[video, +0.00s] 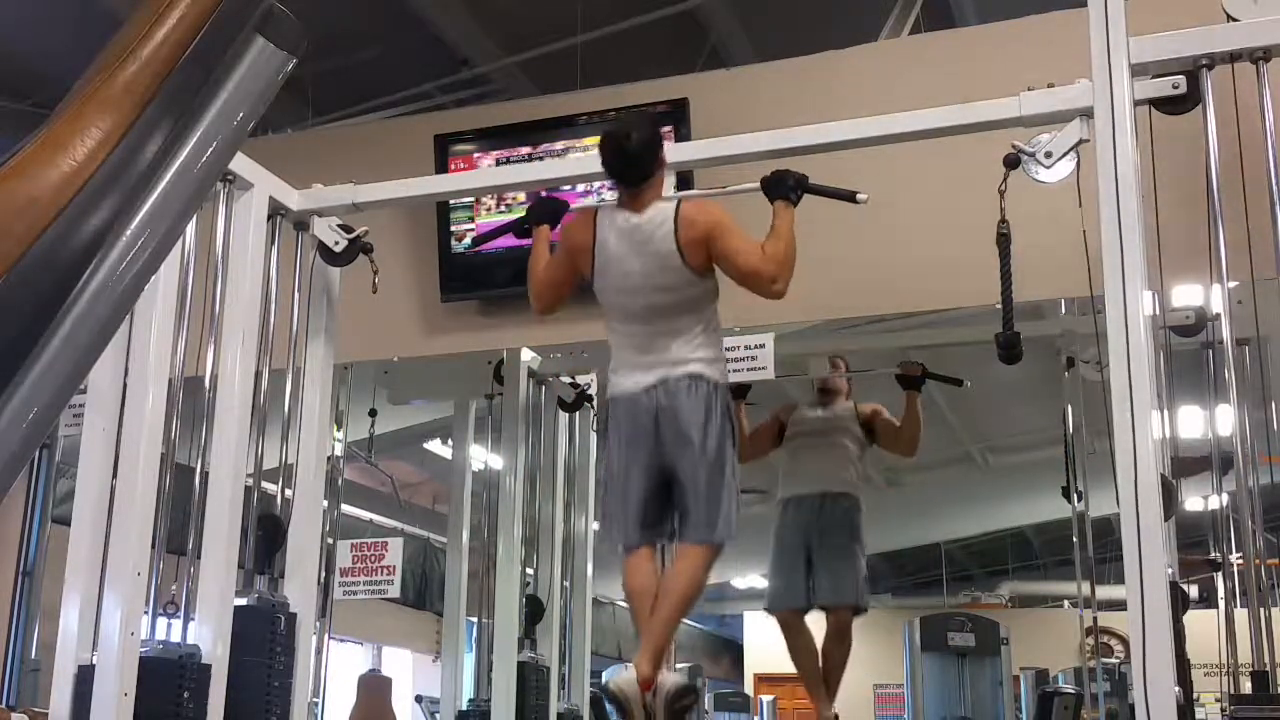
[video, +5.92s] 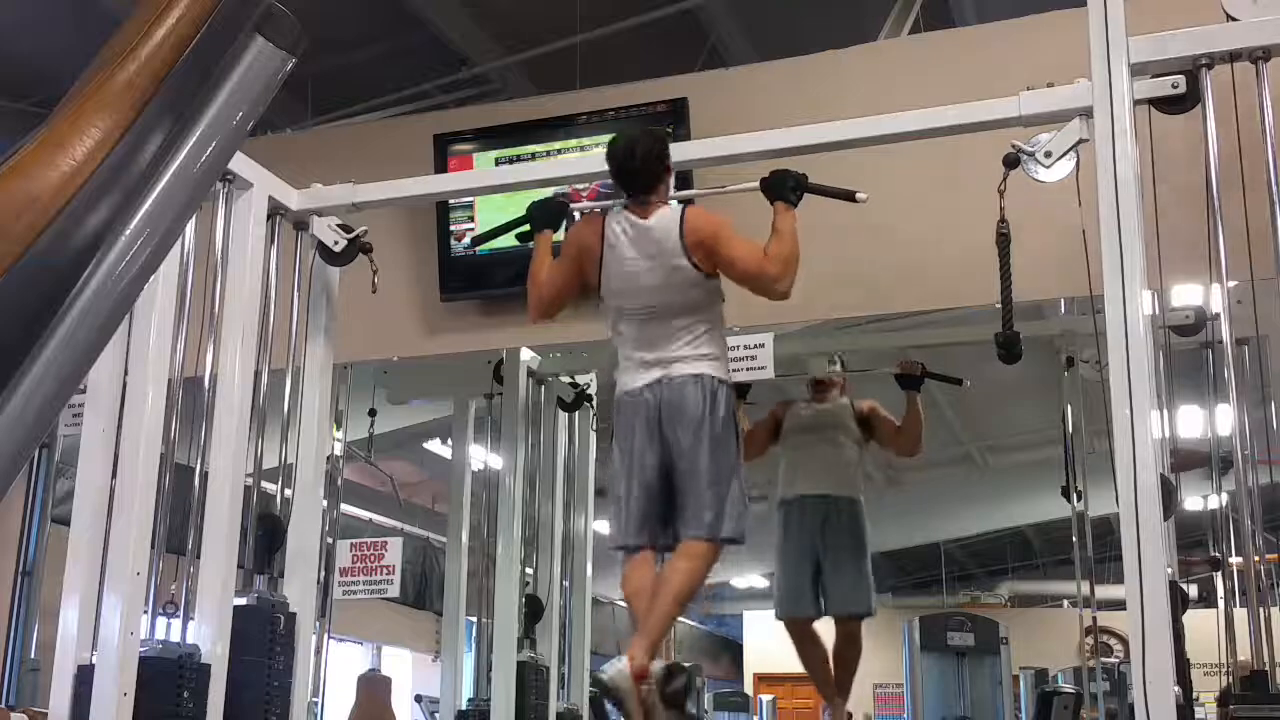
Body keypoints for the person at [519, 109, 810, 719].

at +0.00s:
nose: (666, 151)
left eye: (655, 146)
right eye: (663, 145)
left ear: (607, 173)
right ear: (662, 160)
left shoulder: (586, 230)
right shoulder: (699, 216)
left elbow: (543, 297)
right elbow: (773, 279)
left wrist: (540, 235)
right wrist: (784, 206)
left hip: (629, 398)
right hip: (693, 392)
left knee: (637, 538)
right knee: (702, 531)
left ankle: (659, 675)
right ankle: (641, 670)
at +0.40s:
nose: (660, 231)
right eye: (658, 226)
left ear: (607, 251)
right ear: (660, 239)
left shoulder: (588, 300)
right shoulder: (696, 289)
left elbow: (545, 300)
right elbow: (784, 287)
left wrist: (543, 234)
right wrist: (785, 207)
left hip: (626, 484)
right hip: (693, 479)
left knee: (636, 626)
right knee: (708, 617)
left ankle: (649, 718)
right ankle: (659, 716)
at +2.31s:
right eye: (661, 167)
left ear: (609, 192)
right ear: (663, 182)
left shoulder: (585, 245)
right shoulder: (698, 233)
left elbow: (538, 302)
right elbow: (780, 279)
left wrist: (540, 232)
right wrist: (785, 207)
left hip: (627, 414)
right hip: (692, 409)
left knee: (627, 554)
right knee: (697, 549)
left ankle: (648, 686)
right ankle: (633, 683)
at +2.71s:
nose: (665, 238)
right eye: (663, 232)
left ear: (611, 248)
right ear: (664, 241)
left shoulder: (589, 297)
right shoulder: (699, 287)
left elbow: (542, 303)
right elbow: (785, 288)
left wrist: (543, 236)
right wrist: (785, 210)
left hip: (627, 476)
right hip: (694, 471)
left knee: (635, 619)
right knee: (701, 613)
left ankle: (653, 719)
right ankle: (653, 716)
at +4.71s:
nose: (666, 159)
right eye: (665, 152)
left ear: (613, 177)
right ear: (666, 165)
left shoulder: (589, 228)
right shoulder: (700, 219)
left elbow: (541, 300)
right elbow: (774, 278)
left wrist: (541, 234)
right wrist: (785, 207)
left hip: (633, 397)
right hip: (696, 390)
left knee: (638, 540)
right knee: (703, 534)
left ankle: (656, 672)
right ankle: (638, 667)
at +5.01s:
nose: (668, 230)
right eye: (665, 225)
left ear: (610, 239)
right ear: (665, 234)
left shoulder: (589, 287)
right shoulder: (698, 278)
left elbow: (541, 306)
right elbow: (787, 288)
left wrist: (544, 235)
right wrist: (786, 210)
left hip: (629, 473)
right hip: (695, 467)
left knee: (638, 613)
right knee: (714, 606)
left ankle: (656, 718)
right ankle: (656, 714)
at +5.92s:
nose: (669, 165)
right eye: (667, 159)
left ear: (614, 180)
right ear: (667, 171)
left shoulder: (590, 234)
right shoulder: (698, 226)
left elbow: (542, 304)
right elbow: (777, 278)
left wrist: (542, 234)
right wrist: (785, 206)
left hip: (635, 396)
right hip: (697, 389)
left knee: (641, 540)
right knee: (702, 534)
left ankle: (656, 667)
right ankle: (633, 662)